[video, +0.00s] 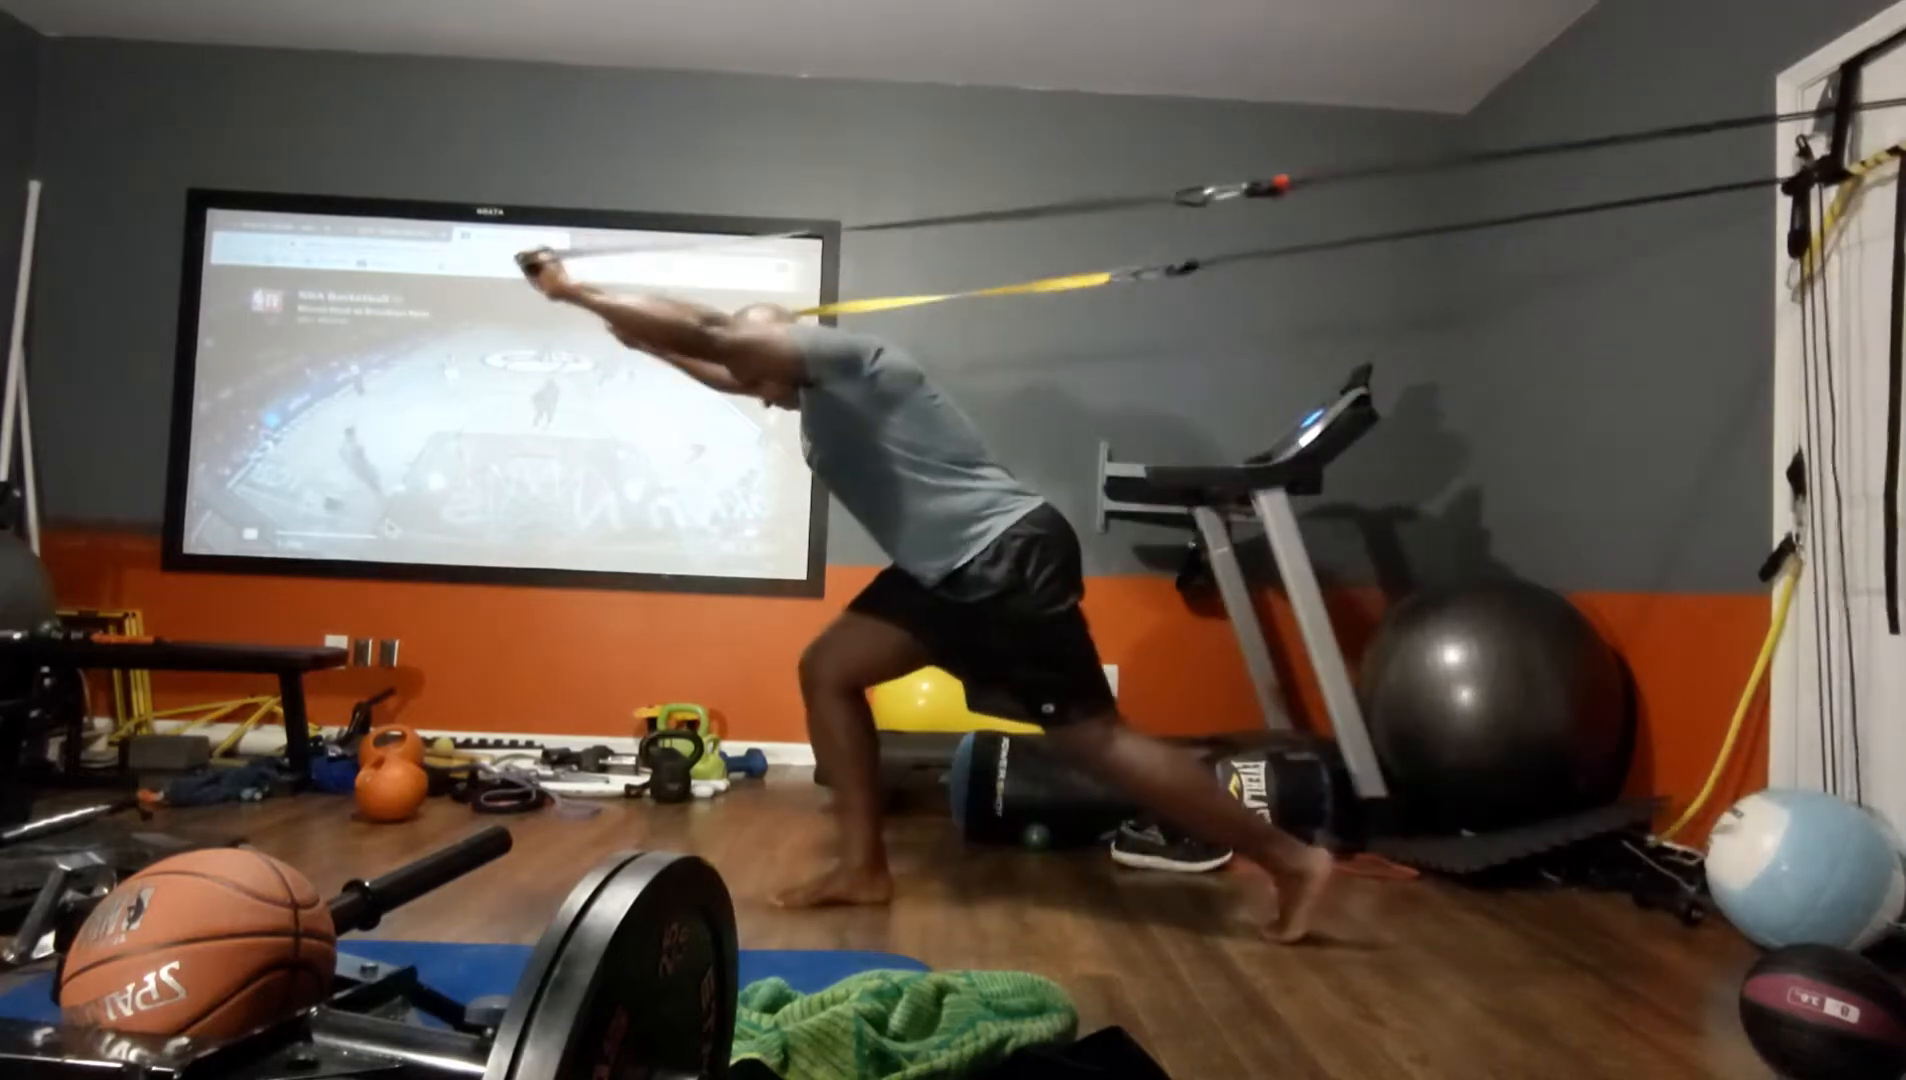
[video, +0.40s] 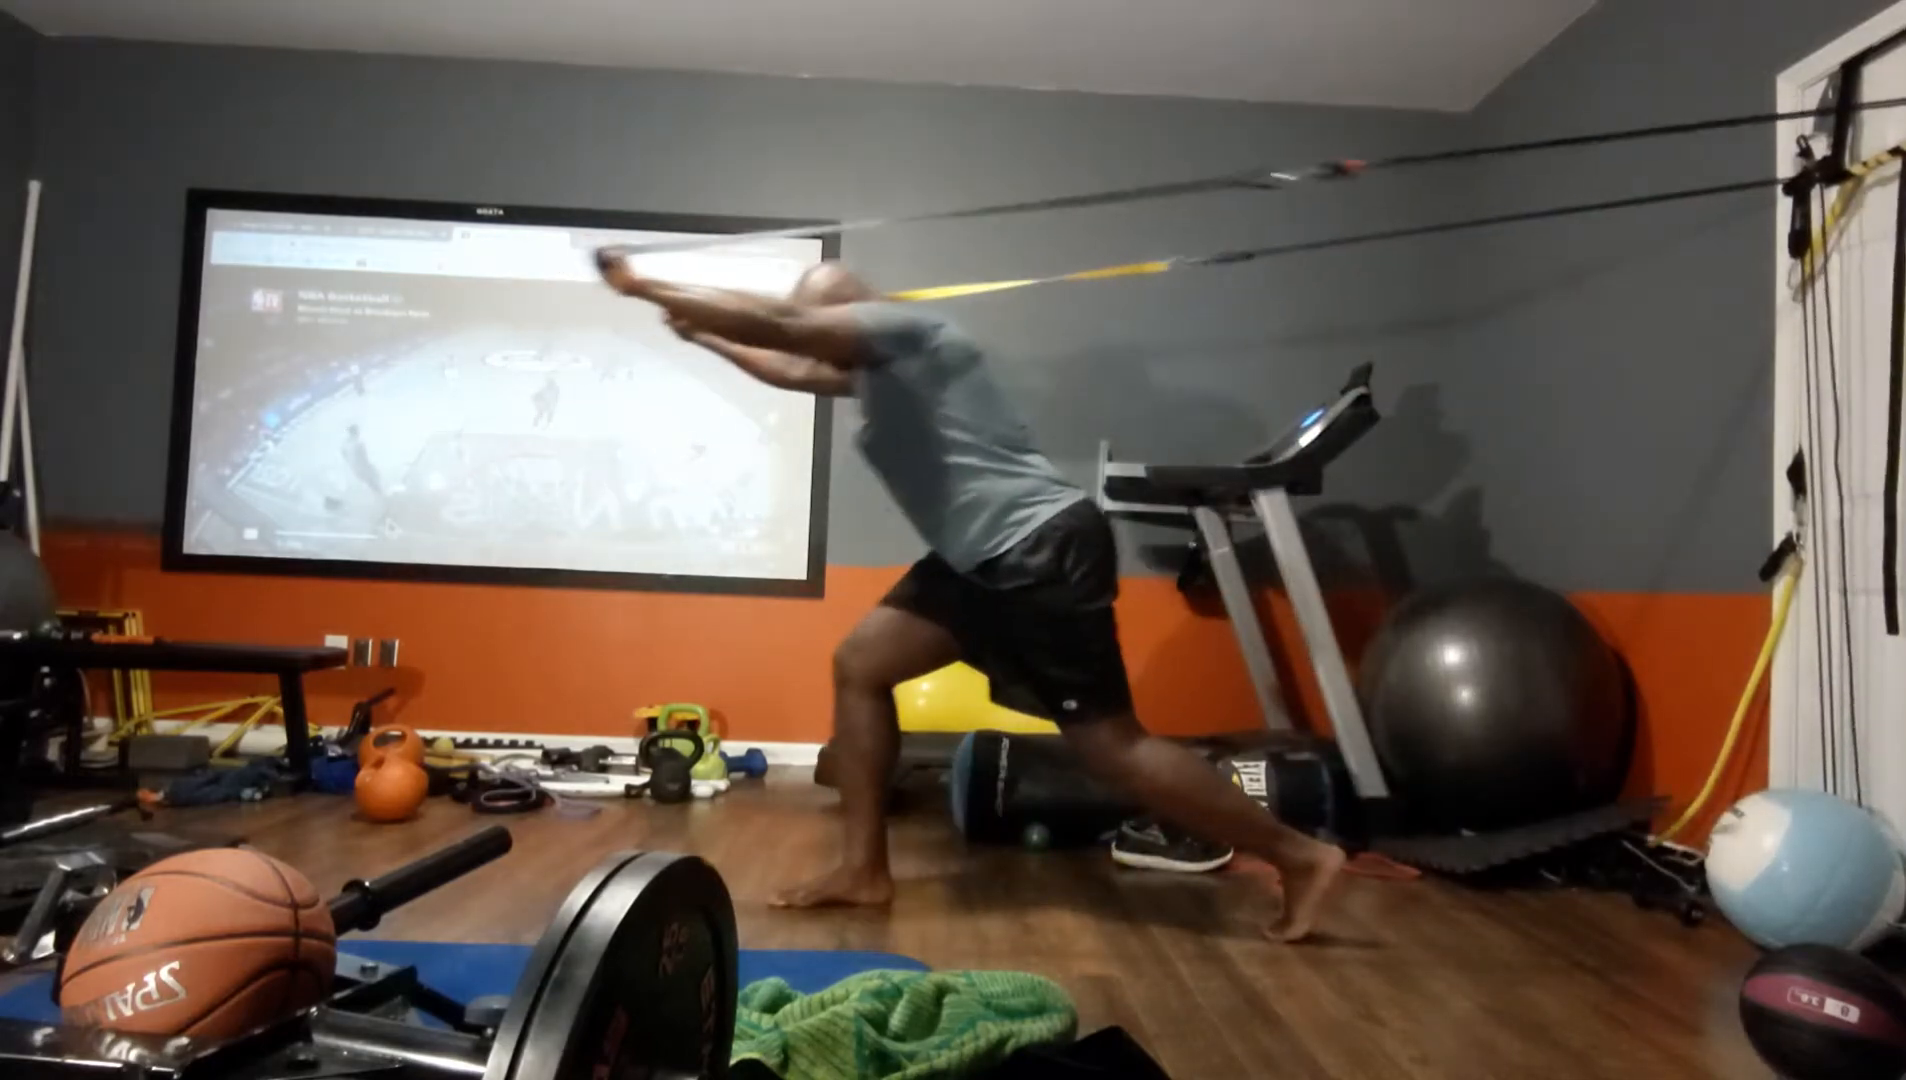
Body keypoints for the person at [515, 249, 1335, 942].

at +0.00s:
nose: (736, 385)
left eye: (738, 363)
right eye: (727, 374)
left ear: (771, 337)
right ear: (785, 348)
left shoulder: (843, 360)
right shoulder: (835, 393)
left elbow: (699, 332)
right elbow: (709, 362)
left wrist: (575, 291)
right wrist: (615, 320)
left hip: (1005, 559)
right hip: (960, 564)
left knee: (1100, 748)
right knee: (827, 671)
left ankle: (1294, 861)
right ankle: (861, 868)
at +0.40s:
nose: (808, 343)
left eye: (807, 322)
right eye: (802, 331)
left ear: (836, 303)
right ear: (836, 313)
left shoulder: (913, 330)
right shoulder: (874, 384)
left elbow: (785, 321)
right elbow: (782, 367)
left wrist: (653, 288)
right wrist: (697, 323)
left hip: (1048, 549)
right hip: (978, 562)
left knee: (1114, 751)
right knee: (860, 665)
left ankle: (1304, 858)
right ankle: (860, 869)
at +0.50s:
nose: (861, 303)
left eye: (870, 287)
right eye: (855, 293)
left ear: (915, 276)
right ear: (874, 301)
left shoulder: (971, 316)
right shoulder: (919, 368)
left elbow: (871, 330)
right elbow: (862, 386)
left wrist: (744, 300)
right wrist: (781, 341)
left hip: (1079, 537)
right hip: (1005, 554)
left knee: (1136, 748)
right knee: (891, 666)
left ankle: (1317, 863)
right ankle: (862, 871)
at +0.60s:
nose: (933, 276)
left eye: (944, 257)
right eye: (923, 263)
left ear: (987, 247)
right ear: (922, 267)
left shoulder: (1039, 295)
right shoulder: (994, 352)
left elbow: (989, 343)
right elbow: (948, 403)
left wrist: (859, 324)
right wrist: (853, 364)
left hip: (1125, 527)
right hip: (1053, 543)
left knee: (1171, 729)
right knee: (956, 669)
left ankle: (1338, 872)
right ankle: (876, 866)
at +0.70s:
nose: (977, 251)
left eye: (986, 230)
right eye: (972, 237)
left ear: (1036, 214)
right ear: (1008, 230)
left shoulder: (1091, 266)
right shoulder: (1035, 317)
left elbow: (1105, 346)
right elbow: (1031, 412)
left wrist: (968, 350)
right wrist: (936, 400)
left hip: (1172, 510)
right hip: (1103, 527)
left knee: (1212, 719)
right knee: (1009, 674)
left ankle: (1344, 877)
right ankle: (935, 862)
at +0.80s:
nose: (1013, 235)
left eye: (1025, 216)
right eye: (1010, 221)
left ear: (1076, 206)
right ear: (1062, 215)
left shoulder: (1132, 262)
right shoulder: (1091, 317)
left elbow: (1182, 351)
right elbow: (1095, 422)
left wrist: (1057, 367)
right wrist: (1010, 418)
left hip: (1216, 504)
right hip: (1144, 520)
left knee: (1231, 718)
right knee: (1050, 659)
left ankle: (1351, 881)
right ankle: (1048, 858)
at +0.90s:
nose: (1042, 221)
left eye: (1054, 202)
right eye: (1041, 206)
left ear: (1106, 195)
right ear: (1098, 202)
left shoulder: (1171, 254)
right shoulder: (1128, 297)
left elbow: (1246, 341)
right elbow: (1147, 416)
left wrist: (1128, 375)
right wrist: (1064, 419)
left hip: (1244, 499)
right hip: (1178, 511)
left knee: (1249, 710)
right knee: (1101, 665)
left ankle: (1352, 884)